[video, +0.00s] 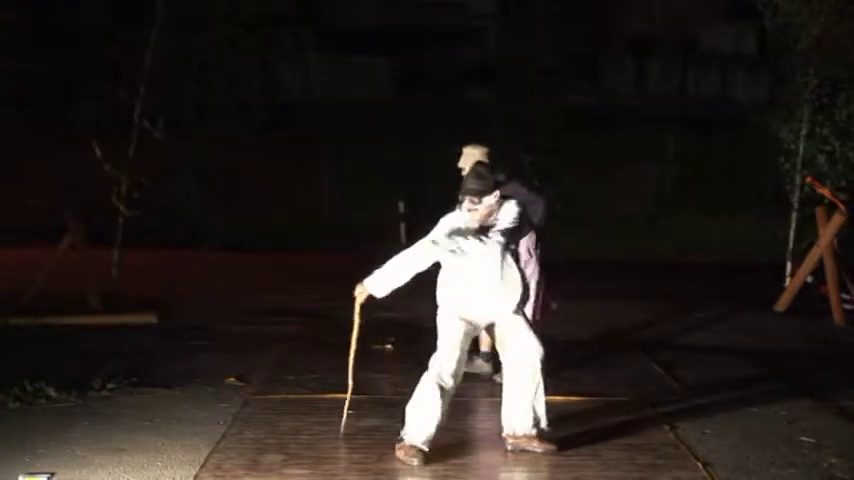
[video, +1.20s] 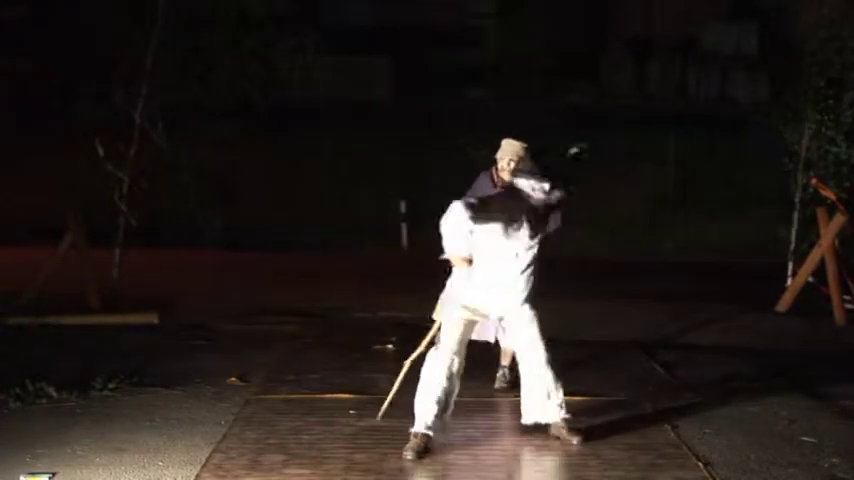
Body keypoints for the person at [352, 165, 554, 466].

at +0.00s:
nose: (476, 212)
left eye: (482, 205)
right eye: (471, 205)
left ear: (494, 201)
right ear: (467, 203)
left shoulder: (506, 218)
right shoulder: (450, 229)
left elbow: (532, 208)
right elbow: (413, 258)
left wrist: (515, 192)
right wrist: (372, 285)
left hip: (502, 310)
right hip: (458, 312)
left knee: (528, 353)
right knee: (446, 366)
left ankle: (520, 432)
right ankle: (413, 440)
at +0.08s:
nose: (462, 208)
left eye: (470, 202)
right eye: (460, 202)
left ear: (479, 205)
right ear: (452, 204)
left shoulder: (487, 229)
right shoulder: (437, 236)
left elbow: (502, 216)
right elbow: (398, 260)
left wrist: (484, 211)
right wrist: (357, 282)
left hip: (495, 310)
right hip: (450, 314)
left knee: (527, 353)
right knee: (442, 366)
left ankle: (519, 433)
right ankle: (411, 439)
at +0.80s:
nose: (492, 217)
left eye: (495, 210)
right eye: (485, 211)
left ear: (498, 208)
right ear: (467, 207)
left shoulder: (503, 237)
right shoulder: (438, 232)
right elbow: (389, 252)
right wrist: (352, 283)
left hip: (477, 302)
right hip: (433, 303)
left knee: (514, 356)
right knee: (426, 363)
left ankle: (529, 425)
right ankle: (411, 436)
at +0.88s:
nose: (501, 215)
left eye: (502, 208)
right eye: (495, 209)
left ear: (503, 207)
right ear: (473, 205)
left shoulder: (502, 228)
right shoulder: (441, 229)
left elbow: (531, 239)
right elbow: (391, 250)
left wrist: (537, 255)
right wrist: (365, 285)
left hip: (479, 306)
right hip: (435, 309)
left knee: (517, 353)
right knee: (427, 365)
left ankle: (534, 426)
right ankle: (408, 438)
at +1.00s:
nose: (511, 206)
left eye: (513, 200)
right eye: (505, 199)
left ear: (515, 196)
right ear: (486, 194)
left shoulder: (517, 219)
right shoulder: (457, 219)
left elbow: (566, 206)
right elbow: (407, 232)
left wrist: (615, 194)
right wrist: (398, 275)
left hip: (490, 305)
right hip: (444, 305)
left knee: (517, 358)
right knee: (432, 365)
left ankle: (535, 424)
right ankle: (409, 437)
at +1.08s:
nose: (529, 200)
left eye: (530, 194)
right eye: (523, 195)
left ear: (531, 191)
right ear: (503, 193)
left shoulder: (535, 210)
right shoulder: (473, 213)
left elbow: (581, 182)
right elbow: (424, 220)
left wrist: (622, 164)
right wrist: (420, 265)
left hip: (495, 301)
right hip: (450, 298)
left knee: (520, 359)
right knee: (435, 361)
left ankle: (544, 421)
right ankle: (413, 434)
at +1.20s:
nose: (509, 170)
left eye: (517, 166)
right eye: (505, 163)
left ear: (528, 170)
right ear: (496, 165)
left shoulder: (538, 211)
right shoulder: (477, 202)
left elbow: (551, 196)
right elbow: (454, 217)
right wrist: (458, 253)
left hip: (512, 296)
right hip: (466, 291)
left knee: (535, 355)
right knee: (444, 356)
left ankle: (555, 420)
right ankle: (422, 430)